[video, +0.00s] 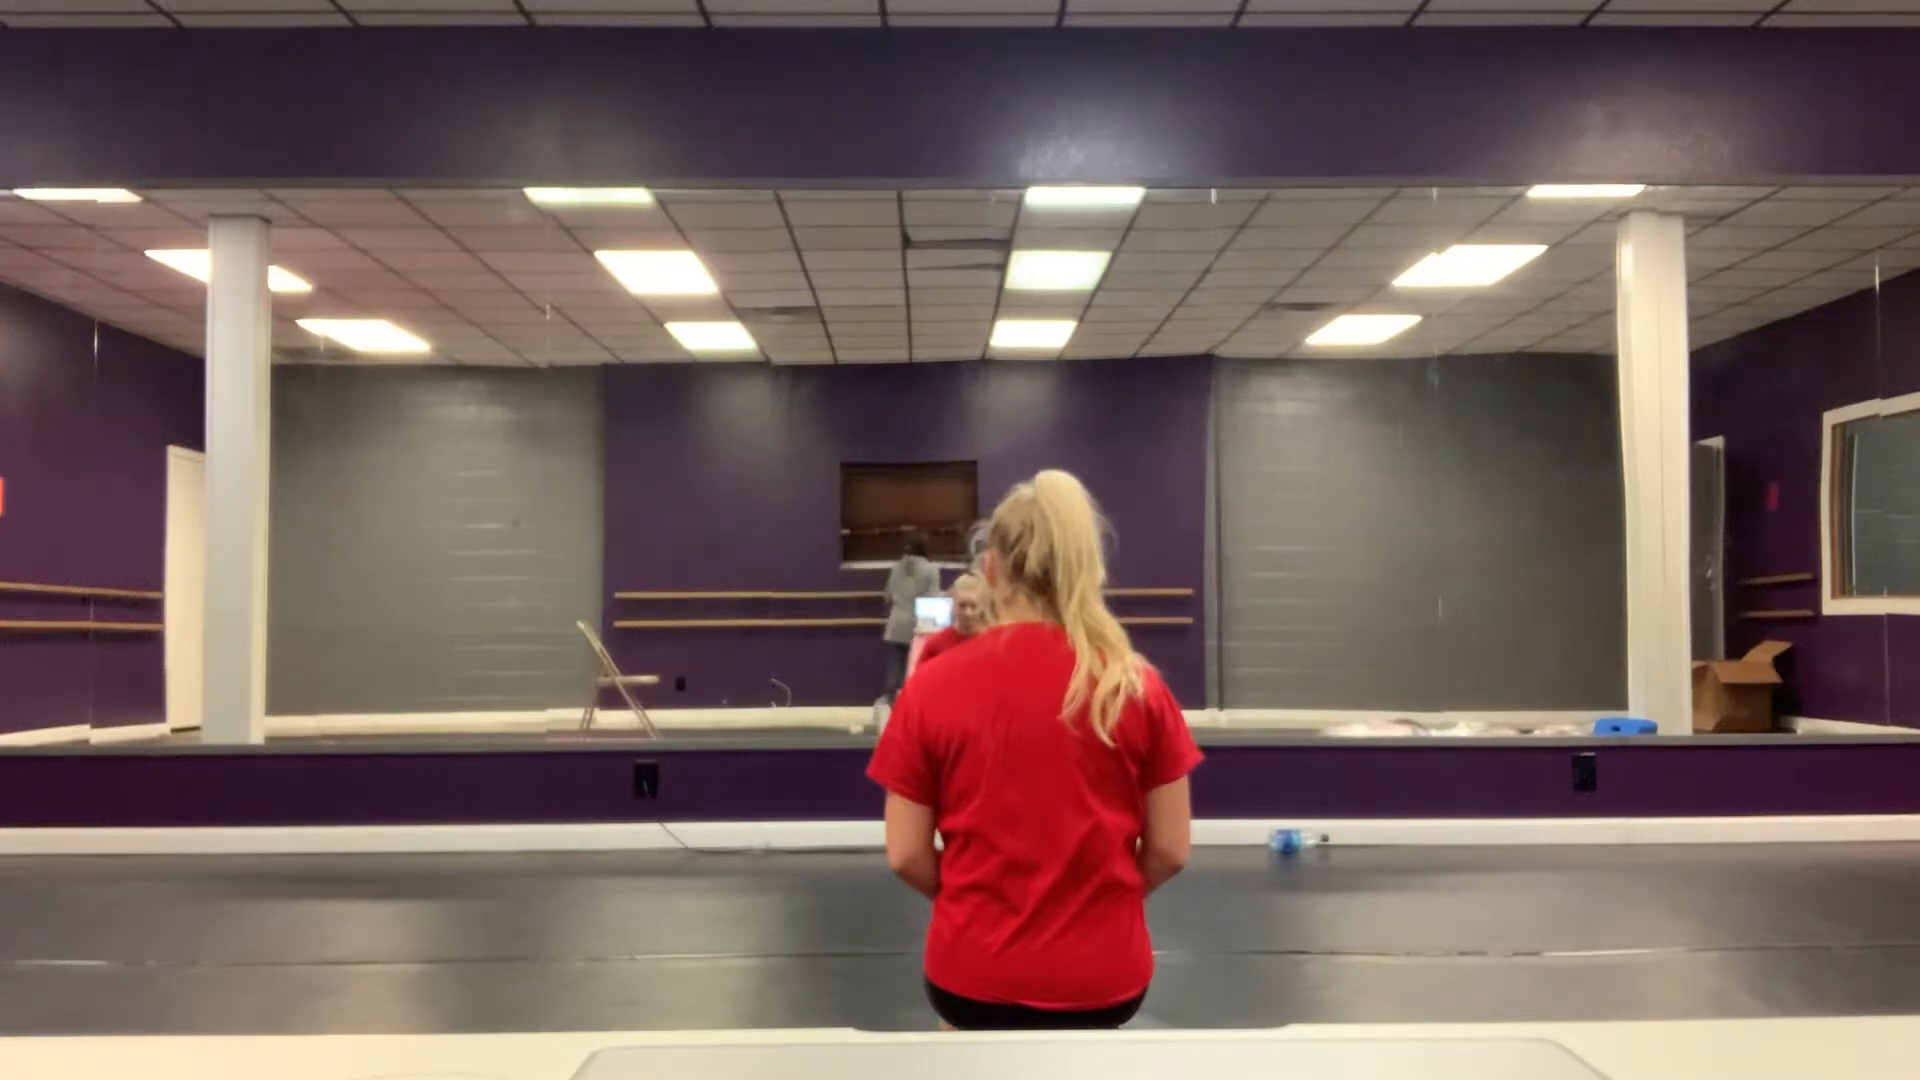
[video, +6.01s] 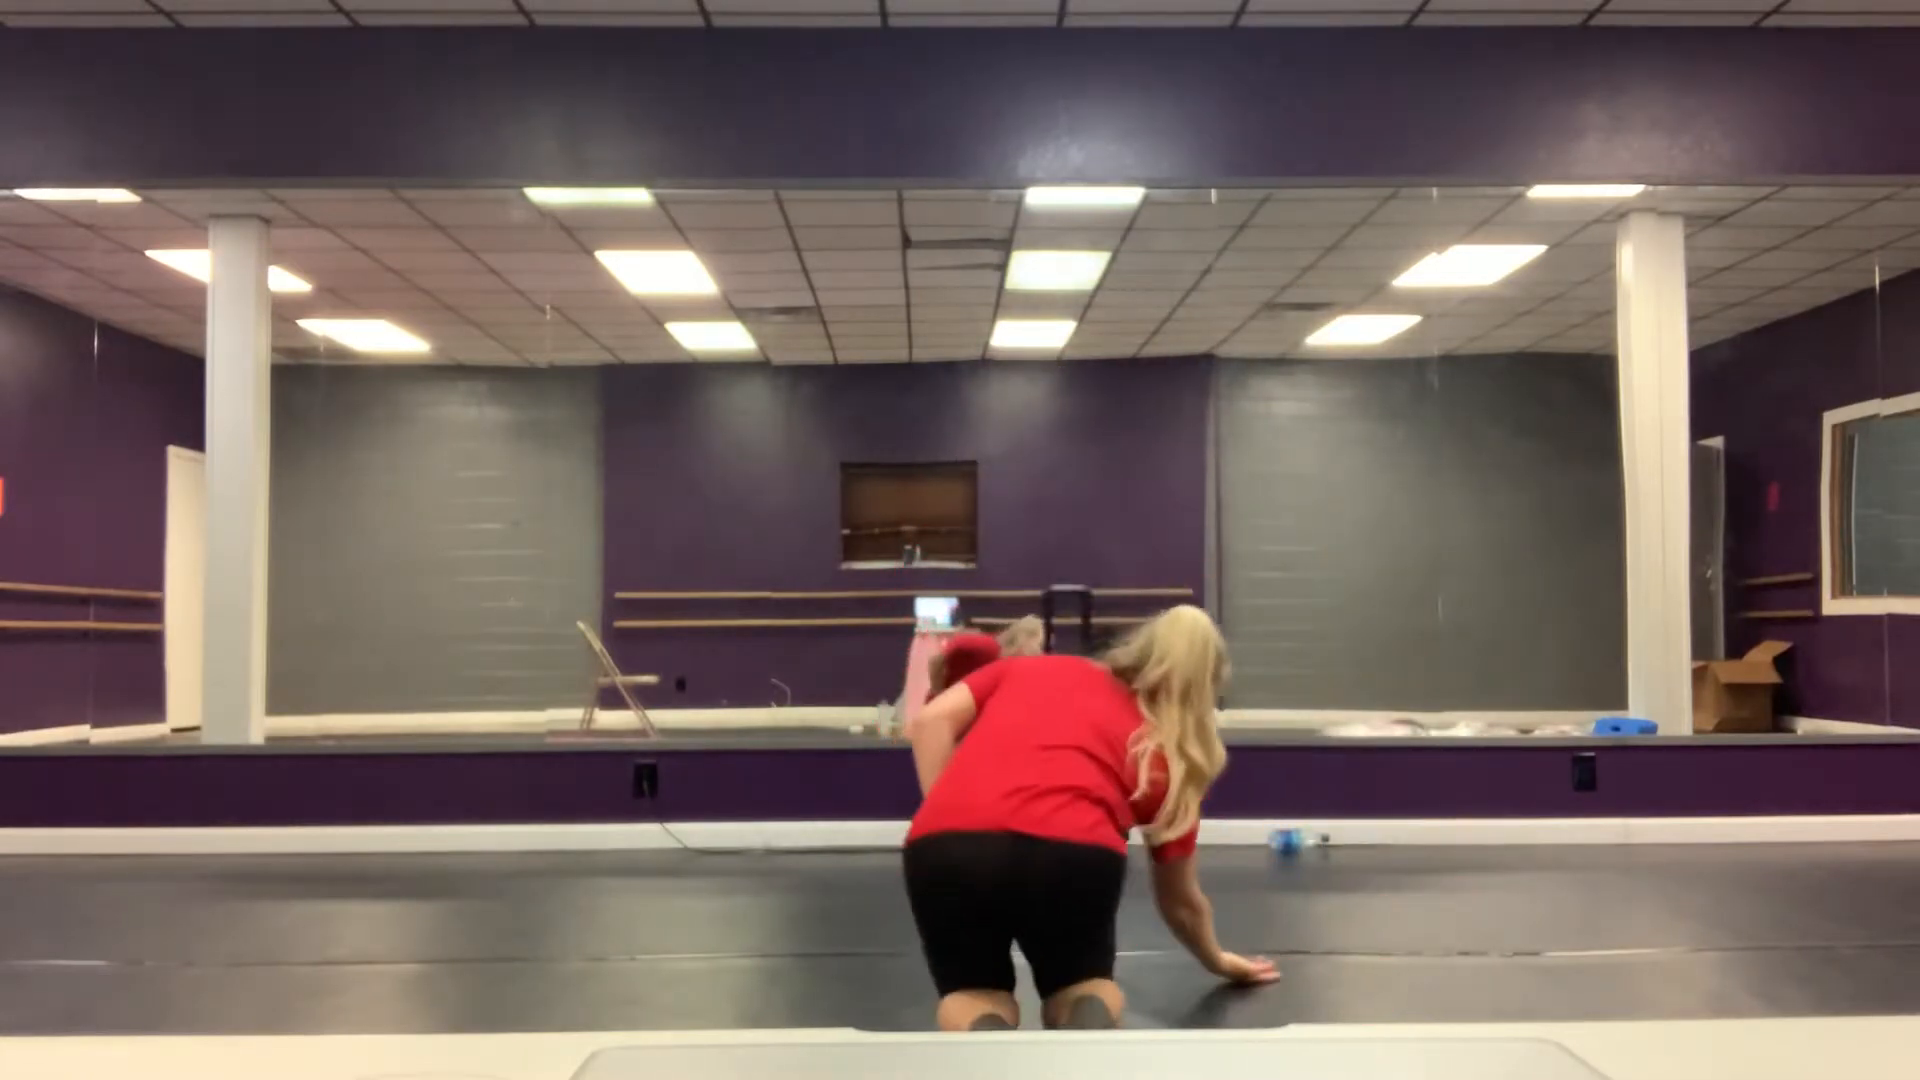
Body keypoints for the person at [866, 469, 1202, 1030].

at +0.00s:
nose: (980, 566)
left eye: (983, 553)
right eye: (982, 553)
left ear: (996, 567)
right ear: (1083, 568)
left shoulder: (937, 682)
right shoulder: (1136, 685)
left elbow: (906, 853)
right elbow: (1169, 851)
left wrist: (969, 895)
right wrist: (1102, 895)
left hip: (973, 982)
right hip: (1104, 984)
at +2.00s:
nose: (945, 592)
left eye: (955, 573)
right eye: (946, 574)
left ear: (1007, 574)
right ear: (1009, 572)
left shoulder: (962, 685)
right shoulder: (1131, 660)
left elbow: (925, 855)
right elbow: (1033, 694)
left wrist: (979, 890)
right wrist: (879, 731)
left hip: (993, 977)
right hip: (1119, 974)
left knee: (965, 1022)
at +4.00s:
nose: (1127, 517)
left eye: (1125, 501)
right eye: (1121, 501)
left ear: (1020, 499)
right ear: (1077, 505)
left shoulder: (933, 603)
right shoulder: (1119, 602)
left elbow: (893, 756)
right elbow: (1284, 598)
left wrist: (948, 834)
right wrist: (1409, 510)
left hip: (968, 874)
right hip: (1092, 874)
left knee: (977, 1002)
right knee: (1078, 990)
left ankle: (991, 1046)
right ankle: (1092, 1033)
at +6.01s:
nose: (1212, 698)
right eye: (1212, 684)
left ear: (1135, 651)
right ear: (1199, 684)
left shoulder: (1024, 668)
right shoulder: (1164, 742)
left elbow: (931, 722)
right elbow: (1179, 900)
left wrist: (950, 822)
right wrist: (1217, 960)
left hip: (947, 848)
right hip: (1073, 856)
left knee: (974, 989)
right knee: (1080, 985)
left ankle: (981, 1037)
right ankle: (1090, 1021)